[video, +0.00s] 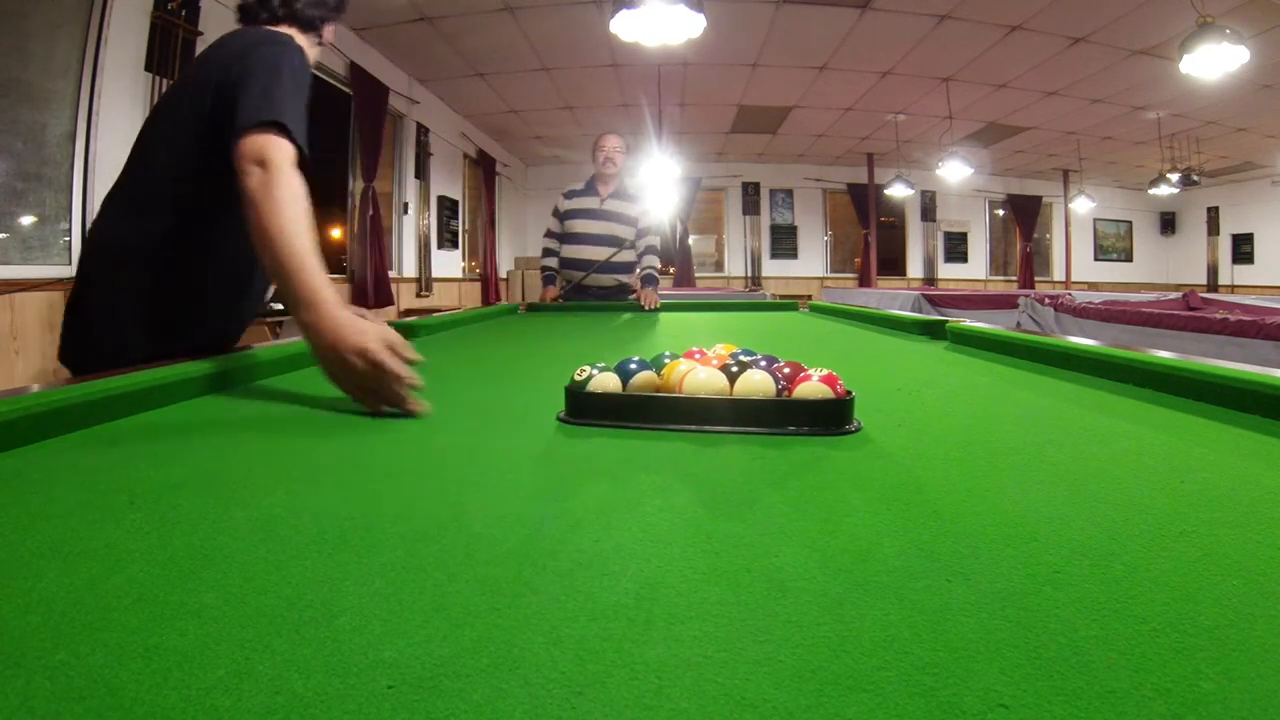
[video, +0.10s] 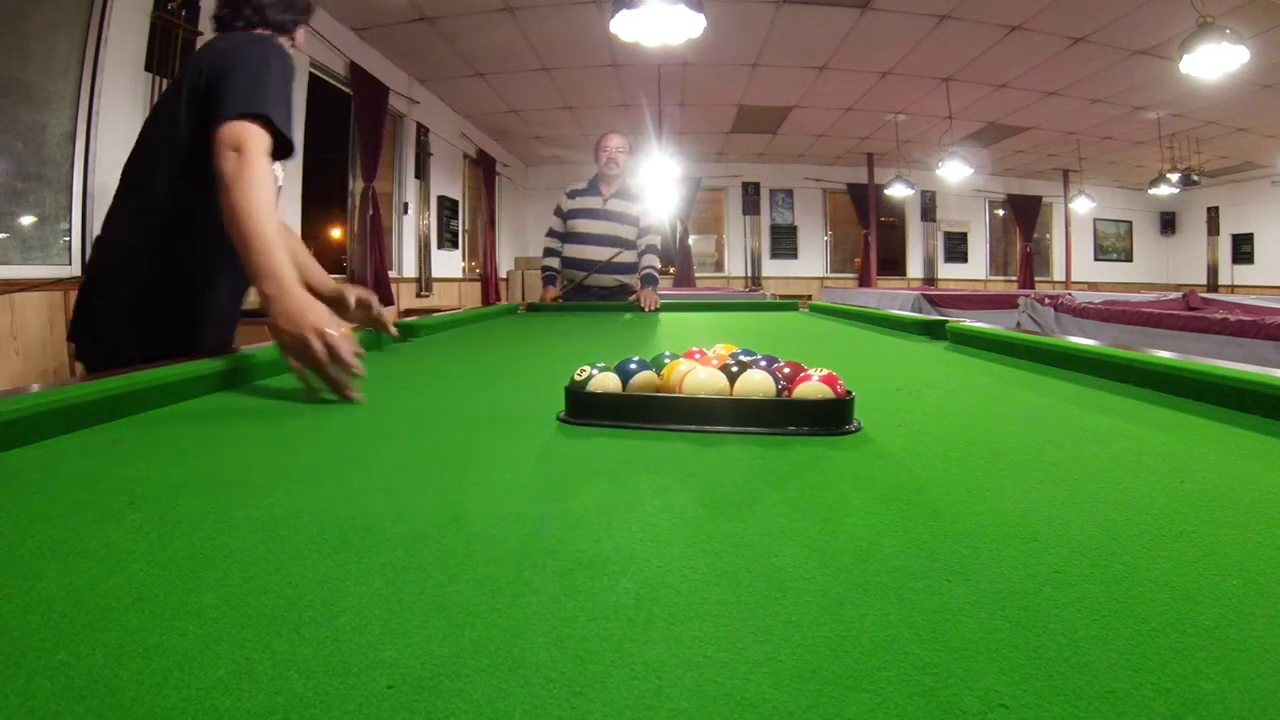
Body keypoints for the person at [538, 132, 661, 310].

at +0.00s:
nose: (609, 154)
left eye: (617, 150)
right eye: (602, 149)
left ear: (625, 157)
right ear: (593, 157)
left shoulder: (638, 203)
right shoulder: (569, 198)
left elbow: (649, 246)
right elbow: (551, 242)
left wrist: (649, 285)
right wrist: (549, 284)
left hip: (619, 300)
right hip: (574, 298)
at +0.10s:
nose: (611, 155)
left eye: (619, 150)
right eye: (605, 150)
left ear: (629, 157)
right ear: (596, 157)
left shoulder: (640, 202)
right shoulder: (572, 196)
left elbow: (649, 245)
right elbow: (553, 240)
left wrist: (649, 286)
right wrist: (549, 284)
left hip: (621, 299)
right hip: (576, 297)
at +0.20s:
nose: (612, 155)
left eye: (620, 150)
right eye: (605, 150)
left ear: (629, 157)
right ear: (596, 157)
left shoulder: (640, 202)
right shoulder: (572, 196)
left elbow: (649, 244)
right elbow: (553, 240)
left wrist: (649, 286)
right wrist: (549, 284)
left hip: (621, 299)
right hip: (576, 297)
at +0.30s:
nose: (610, 156)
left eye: (618, 151)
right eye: (603, 150)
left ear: (629, 159)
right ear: (594, 157)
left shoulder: (639, 202)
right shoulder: (570, 196)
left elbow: (647, 245)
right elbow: (551, 241)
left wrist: (648, 286)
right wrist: (548, 284)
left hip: (619, 299)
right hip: (574, 296)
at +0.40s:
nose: (601, 156)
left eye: (609, 151)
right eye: (596, 151)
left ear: (624, 157)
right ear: (590, 156)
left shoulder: (637, 200)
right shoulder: (568, 196)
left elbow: (645, 244)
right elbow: (549, 241)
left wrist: (648, 286)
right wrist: (547, 284)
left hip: (617, 298)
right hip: (573, 296)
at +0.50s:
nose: (588, 157)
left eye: (596, 151)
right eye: (586, 152)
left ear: (616, 158)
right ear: (583, 155)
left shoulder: (634, 200)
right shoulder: (565, 197)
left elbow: (644, 243)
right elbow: (546, 241)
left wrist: (648, 286)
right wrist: (546, 284)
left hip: (615, 298)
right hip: (570, 297)